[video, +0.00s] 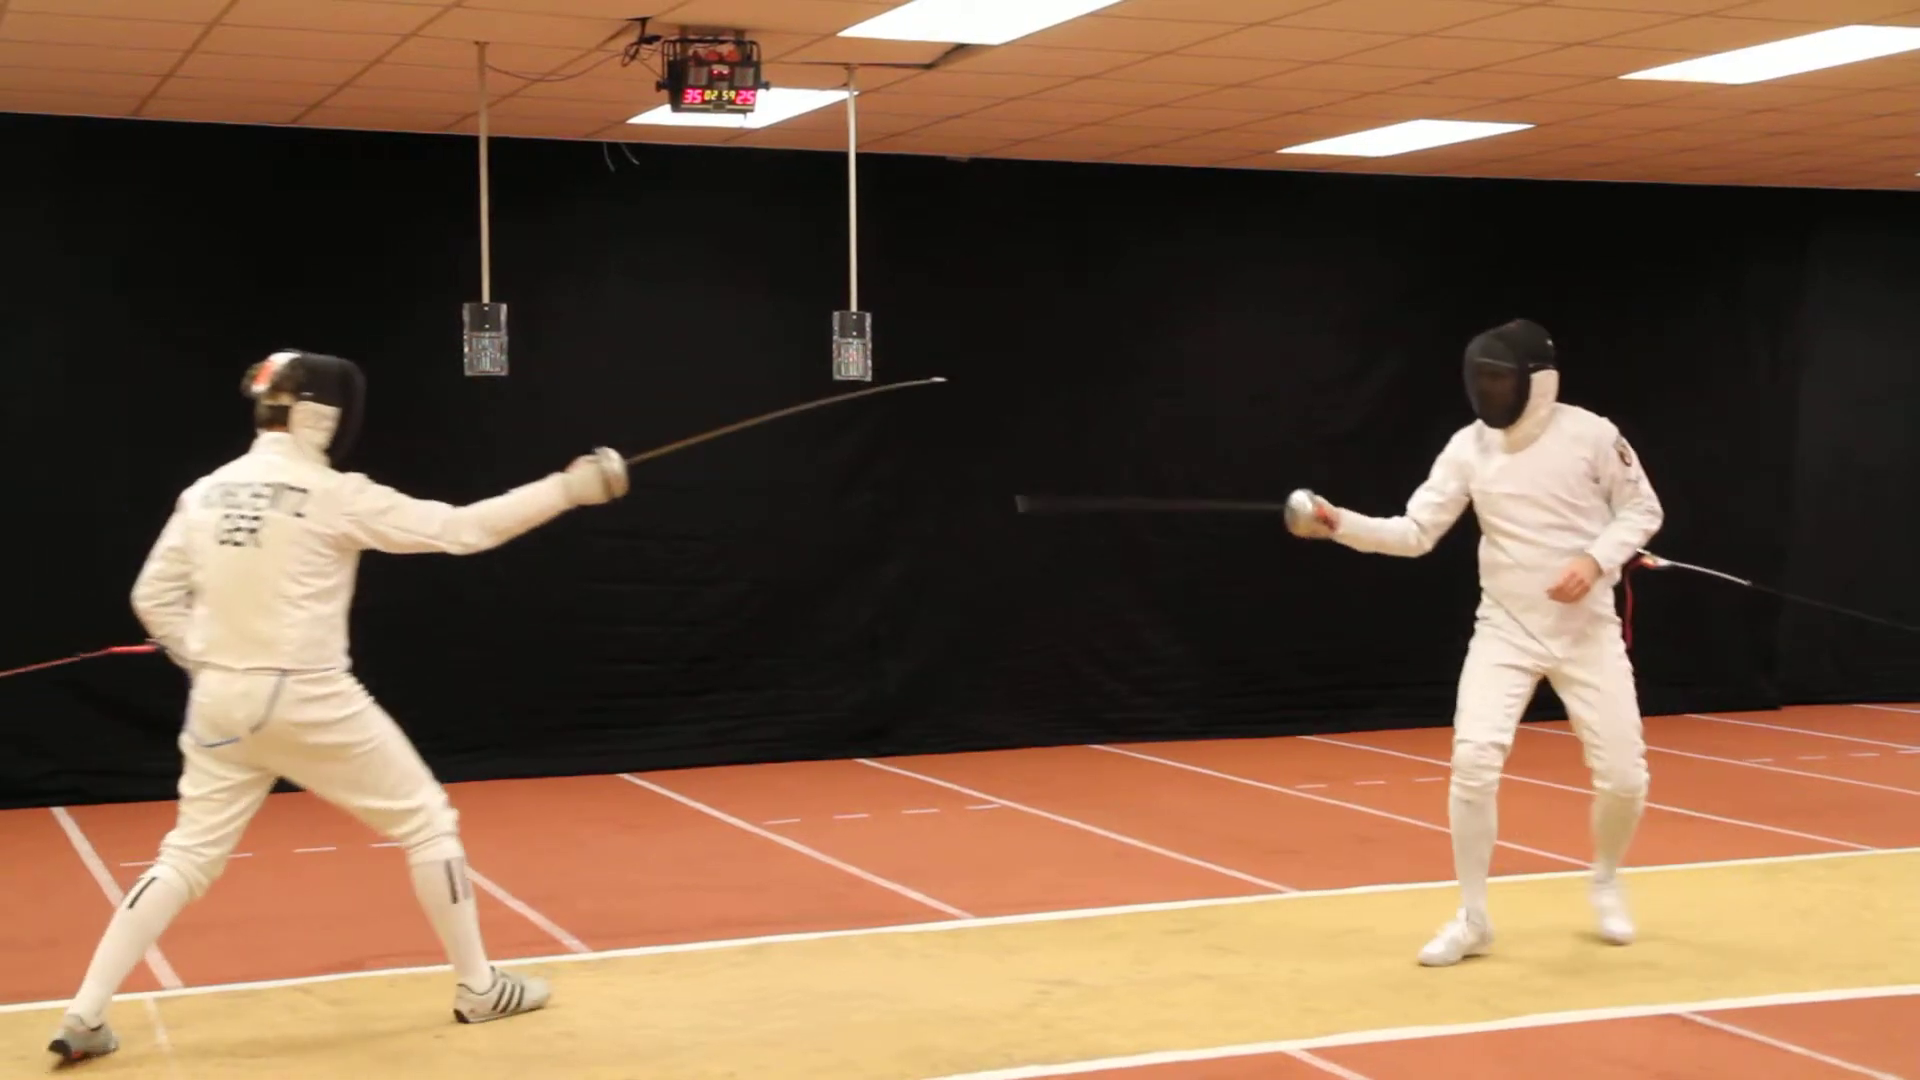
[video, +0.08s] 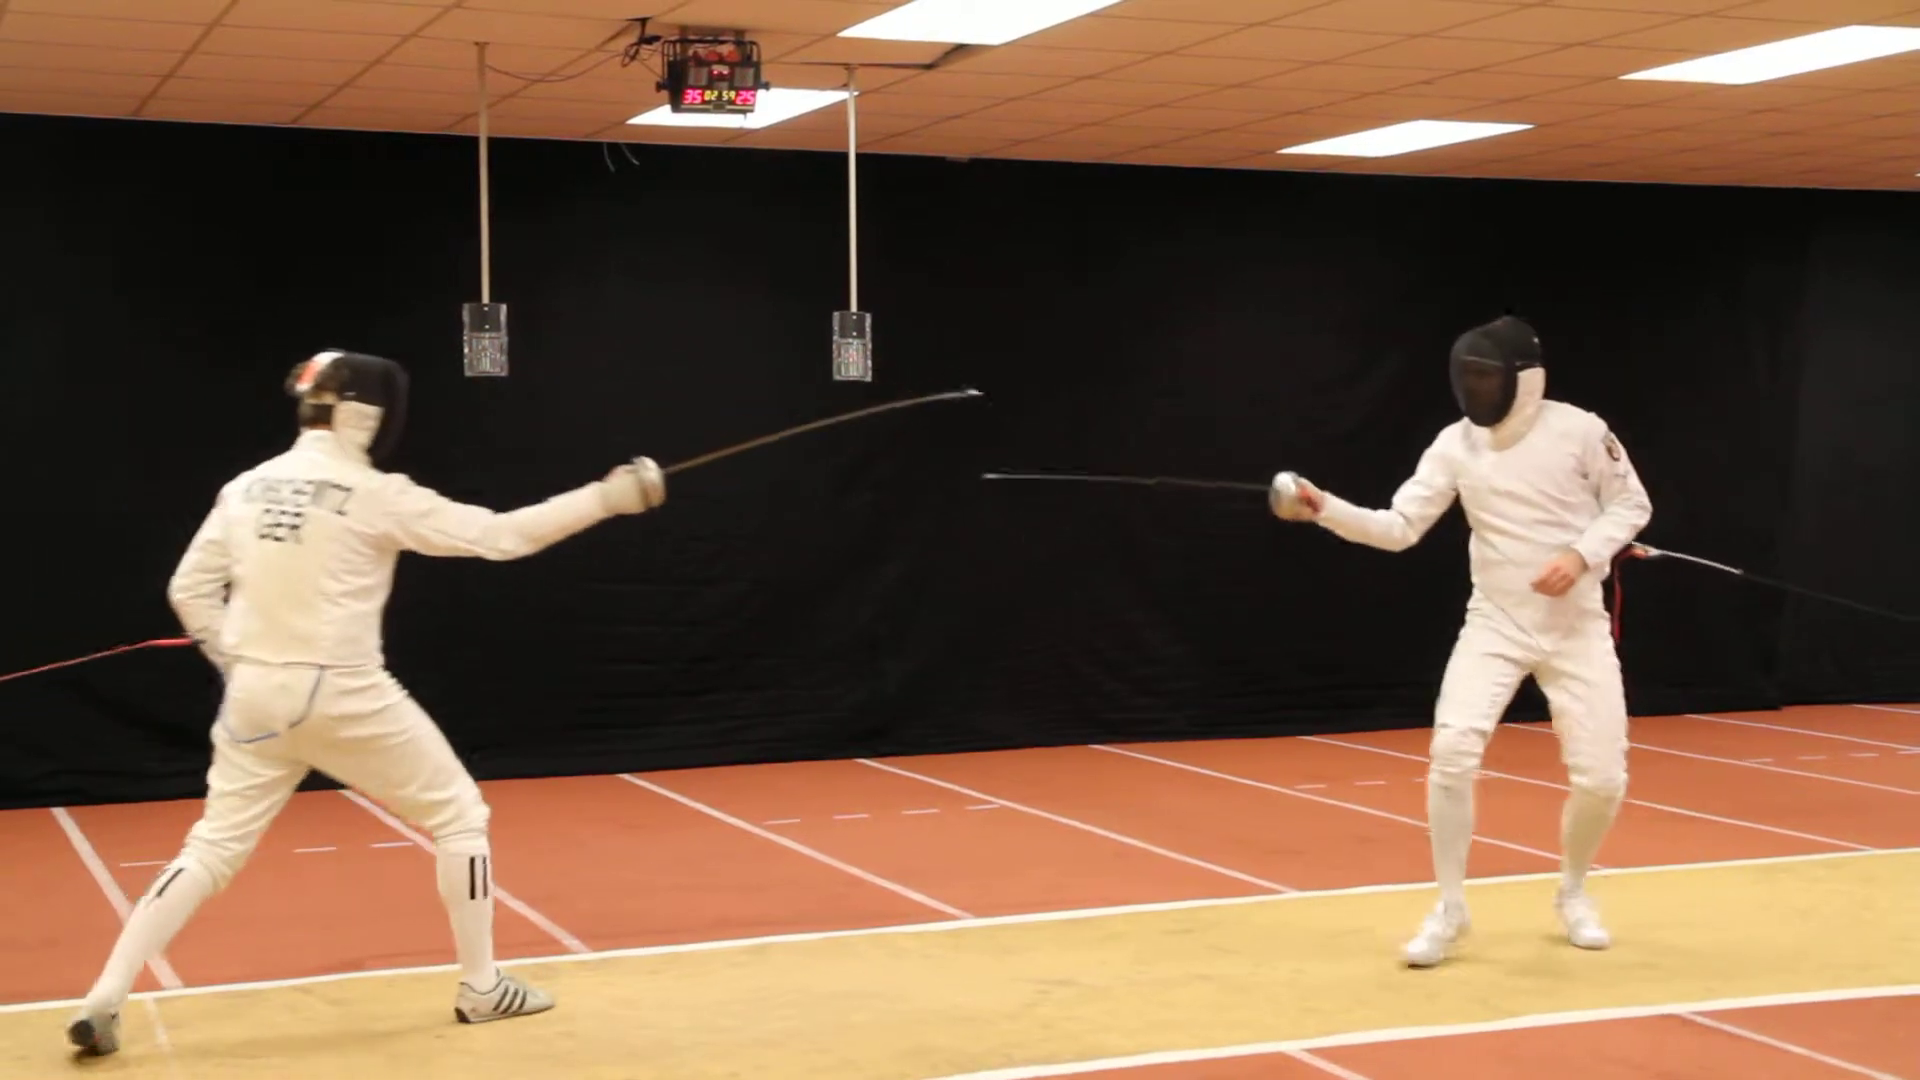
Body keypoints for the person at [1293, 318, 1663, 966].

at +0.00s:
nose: (1486, 390)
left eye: (1499, 378)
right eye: (1480, 377)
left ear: (1537, 380)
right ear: (1477, 380)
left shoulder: (1592, 437)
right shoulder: (1470, 449)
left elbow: (1643, 511)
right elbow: (1415, 533)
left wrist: (1595, 560)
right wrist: (1336, 522)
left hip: (1589, 634)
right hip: (1504, 630)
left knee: (1625, 781)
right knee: (1472, 765)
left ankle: (1606, 881)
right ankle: (1472, 917)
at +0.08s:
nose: (1474, 389)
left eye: (1487, 377)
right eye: (1468, 376)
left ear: (1527, 377)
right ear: (1463, 377)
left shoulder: (1582, 433)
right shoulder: (1457, 446)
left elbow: (1632, 505)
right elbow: (1398, 528)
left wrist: (1581, 555)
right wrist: (1319, 506)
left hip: (1578, 632)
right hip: (1493, 627)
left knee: (1603, 782)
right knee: (1451, 754)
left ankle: (1572, 892)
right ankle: (1449, 909)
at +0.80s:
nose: (1367, 404)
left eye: (1381, 390)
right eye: (1363, 390)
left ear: (1421, 393)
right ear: (1361, 393)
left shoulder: (1477, 450)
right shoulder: (1355, 465)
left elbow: (1528, 524)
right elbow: (1298, 546)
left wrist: (1515, 609)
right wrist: (1209, 550)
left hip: (1487, 644)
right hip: (1403, 647)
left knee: (1523, 796)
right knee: (1345, 772)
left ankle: (1540, 907)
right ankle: (1341, 937)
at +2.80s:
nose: (1313, 415)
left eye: (1327, 401)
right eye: (1307, 402)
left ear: (1364, 403)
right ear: (1301, 407)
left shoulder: (1424, 468)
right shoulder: (1298, 478)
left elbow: (1482, 550)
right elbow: (1218, 529)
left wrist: (1447, 622)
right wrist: (1120, 528)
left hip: (1442, 666)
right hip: (1351, 664)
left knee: (1505, 812)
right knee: (1278, 779)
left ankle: (1521, 891)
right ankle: (1257, 939)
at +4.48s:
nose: (1309, 443)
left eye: (1323, 430)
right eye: (1306, 430)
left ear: (1367, 426)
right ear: (1313, 432)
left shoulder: (1432, 480)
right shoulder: (1301, 497)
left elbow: (1506, 558)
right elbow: (1210, 533)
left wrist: (1503, 646)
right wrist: (1108, 513)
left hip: (1471, 679)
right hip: (1376, 682)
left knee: (1548, 821)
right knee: (1292, 791)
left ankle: (1566, 929)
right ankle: (1316, 955)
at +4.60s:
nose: (1304, 444)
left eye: (1318, 430)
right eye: (1300, 431)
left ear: (1363, 428)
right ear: (1303, 435)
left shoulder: (1428, 482)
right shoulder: (1297, 500)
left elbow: (1502, 561)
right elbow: (1206, 536)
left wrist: (1492, 649)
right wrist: (1100, 523)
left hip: (1468, 680)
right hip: (1376, 684)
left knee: (1539, 826)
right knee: (1293, 793)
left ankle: (1554, 940)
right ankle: (1323, 956)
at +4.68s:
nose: (1309, 441)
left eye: (1322, 427)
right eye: (1305, 427)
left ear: (1365, 426)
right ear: (1311, 430)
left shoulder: (1433, 480)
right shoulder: (1306, 501)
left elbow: (1508, 555)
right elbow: (1224, 556)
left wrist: (1491, 643)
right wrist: (1123, 537)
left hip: (1474, 683)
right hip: (1379, 686)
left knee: (1546, 825)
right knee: (1298, 793)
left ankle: (1573, 929)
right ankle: (1326, 959)